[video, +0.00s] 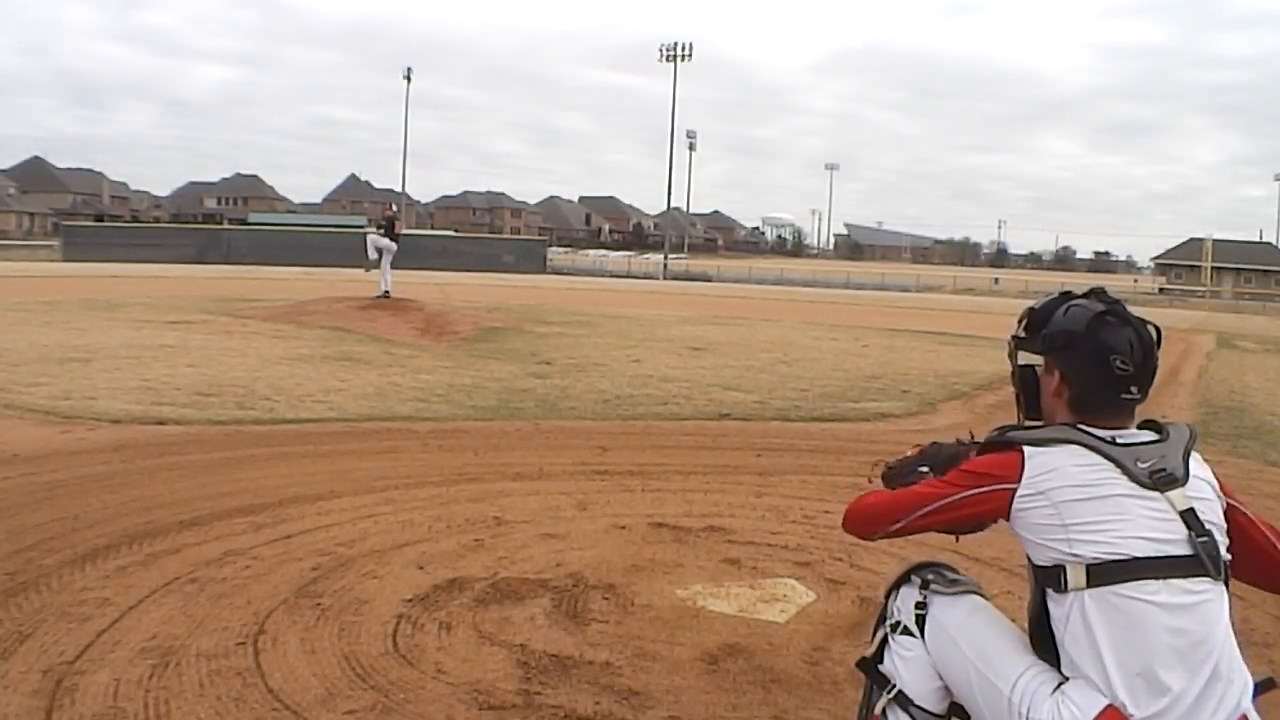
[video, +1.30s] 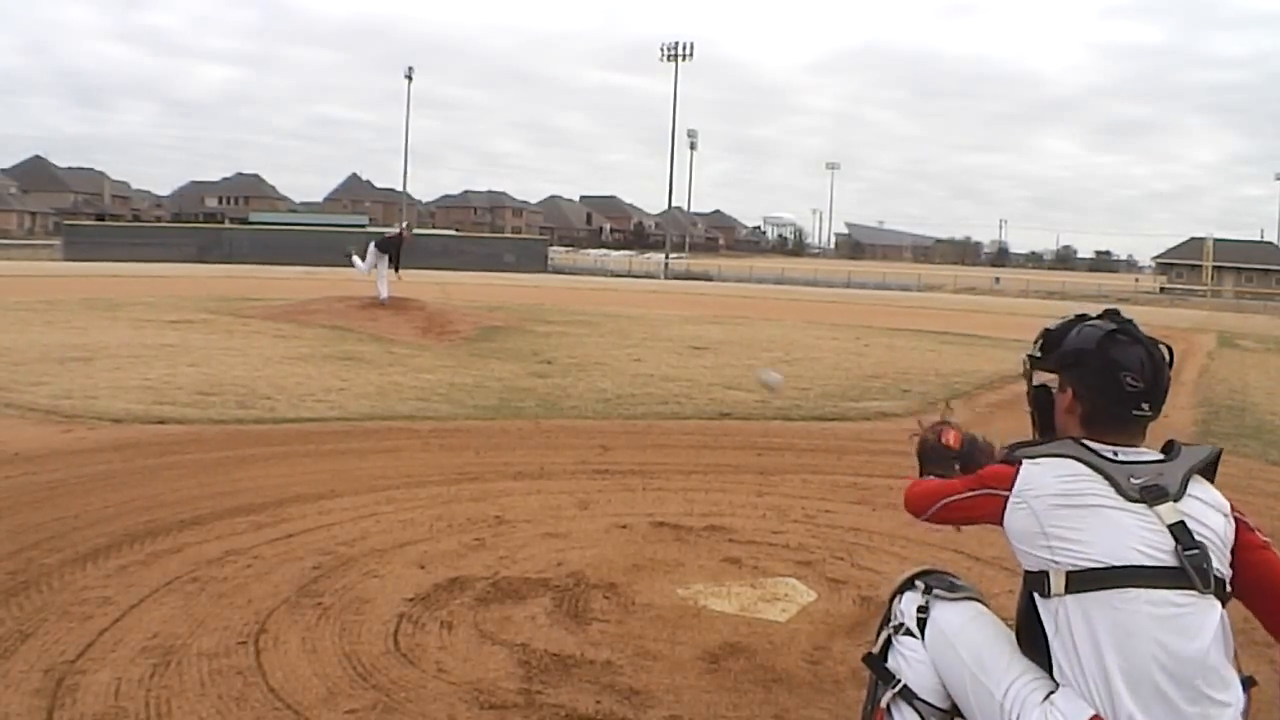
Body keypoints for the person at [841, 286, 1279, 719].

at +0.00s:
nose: (1034, 377)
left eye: (1040, 366)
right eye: (1038, 364)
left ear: (1058, 383)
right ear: (1131, 385)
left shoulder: (1029, 463)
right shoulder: (1189, 461)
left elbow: (863, 518)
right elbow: (1269, 566)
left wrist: (925, 473)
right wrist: (1171, 526)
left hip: (1109, 712)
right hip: (1229, 709)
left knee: (922, 595)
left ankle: (905, 706)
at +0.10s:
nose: (1034, 380)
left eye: (1040, 368)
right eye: (1038, 366)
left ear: (1057, 385)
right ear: (1131, 388)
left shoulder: (1030, 466)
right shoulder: (1192, 464)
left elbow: (874, 525)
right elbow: (1273, 580)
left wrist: (896, 484)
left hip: (1109, 712)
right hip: (1229, 708)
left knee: (925, 596)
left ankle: (907, 706)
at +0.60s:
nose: (1032, 389)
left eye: (1038, 376)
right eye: (1036, 374)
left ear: (1057, 393)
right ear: (1132, 393)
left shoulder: (1026, 474)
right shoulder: (1202, 480)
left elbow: (874, 543)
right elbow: (1276, 593)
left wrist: (889, 507)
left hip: (1106, 713)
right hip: (1227, 710)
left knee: (929, 601)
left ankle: (910, 707)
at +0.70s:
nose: (1031, 390)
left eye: (1036, 376)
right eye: (1034, 374)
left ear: (1055, 394)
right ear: (1130, 395)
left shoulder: (1024, 473)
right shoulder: (1199, 481)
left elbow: (867, 546)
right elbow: (1275, 594)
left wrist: (888, 509)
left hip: (1101, 714)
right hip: (1223, 712)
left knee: (927, 601)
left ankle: (911, 709)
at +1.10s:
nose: (1028, 388)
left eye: (1033, 376)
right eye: (1031, 373)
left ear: (1052, 393)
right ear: (1128, 394)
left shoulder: (1021, 471)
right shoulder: (1191, 485)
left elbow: (870, 522)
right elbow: (1278, 604)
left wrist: (913, 464)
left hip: (1096, 713)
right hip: (1214, 711)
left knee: (923, 601)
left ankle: (909, 709)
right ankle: (1228, 697)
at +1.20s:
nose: (1035, 392)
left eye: (1041, 380)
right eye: (1038, 378)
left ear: (1059, 396)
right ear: (1134, 400)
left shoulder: (1024, 473)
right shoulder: (1198, 492)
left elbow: (889, 509)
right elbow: (1276, 610)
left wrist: (931, 454)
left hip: (1092, 713)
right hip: (1215, 711)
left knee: (920, 602)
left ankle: (909, 709)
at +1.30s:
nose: (1049, 394)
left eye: (1054, 384)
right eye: (1052, 382)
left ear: (1070, 400)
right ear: (1144, 406)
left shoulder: (1033, 479)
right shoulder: (1206, 498)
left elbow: (920, 499)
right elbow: (1276, 612)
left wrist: (949, 460)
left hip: (1090, 714)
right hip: (1216, 711)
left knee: (923, 601)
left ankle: (909, 709)